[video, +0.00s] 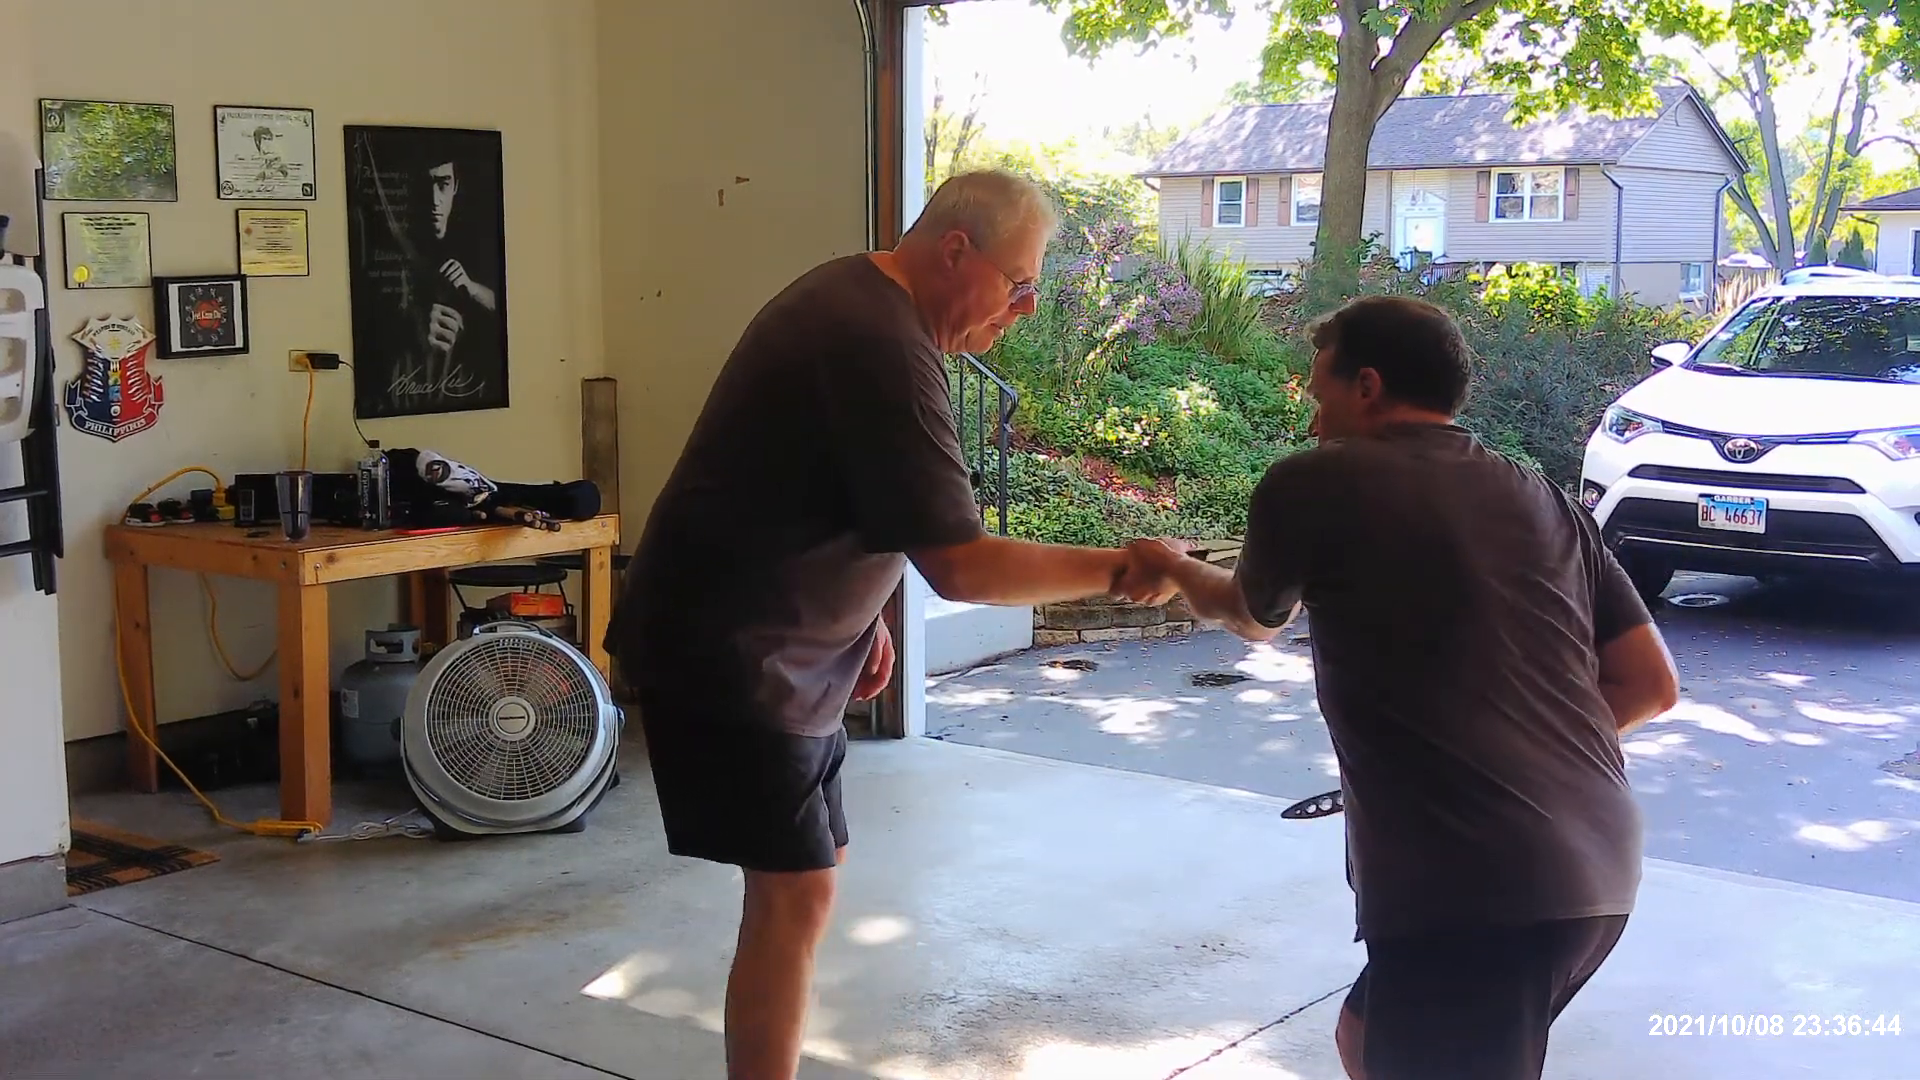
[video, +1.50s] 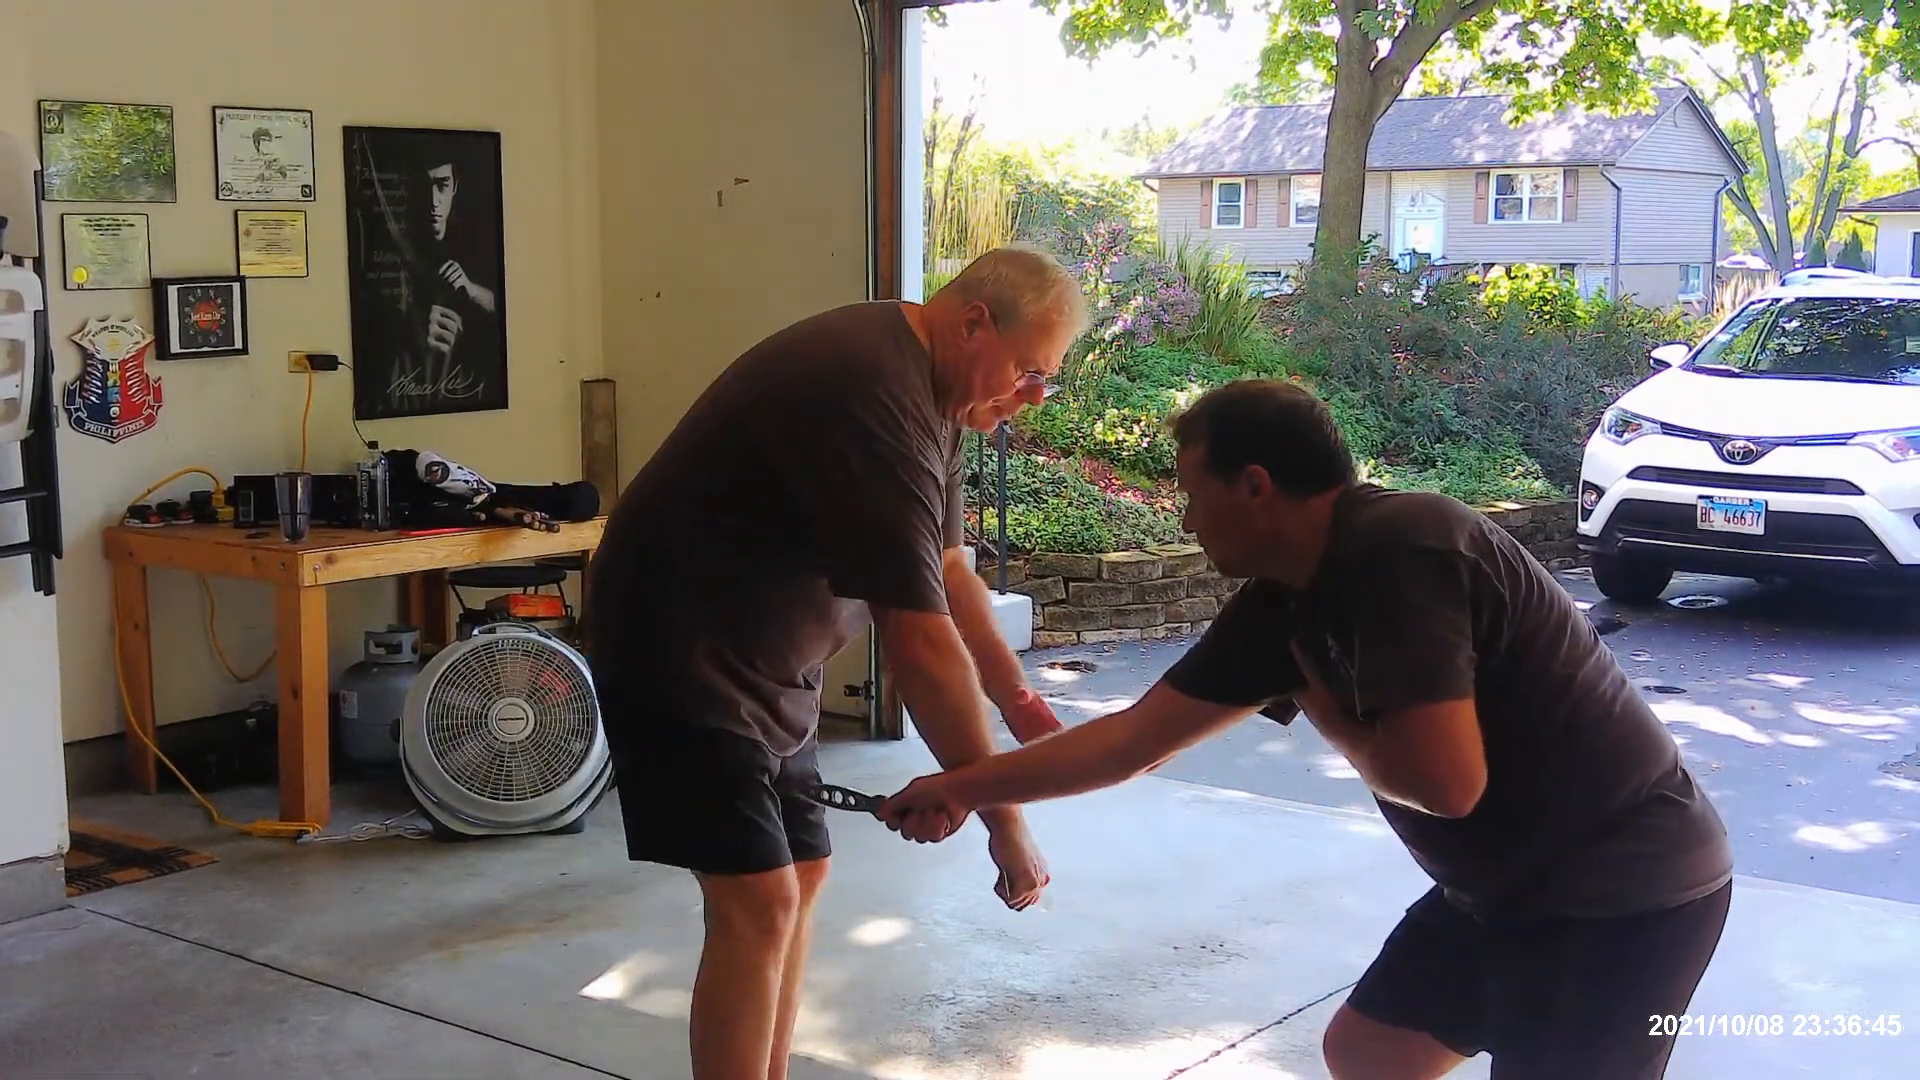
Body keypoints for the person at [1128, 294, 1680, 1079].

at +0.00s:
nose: (1313, 408)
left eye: (1321, 385)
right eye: (1315, 386)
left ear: (1369, 388)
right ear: (1443, 396)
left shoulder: (1312, 482)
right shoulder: (1541, 496)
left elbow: (1254, 611)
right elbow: (1647, 681)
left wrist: (1178, 566)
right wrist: (1514, 754)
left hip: (1472, 883)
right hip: (1603, 869)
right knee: (1367, 1032)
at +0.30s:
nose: (1277, 412)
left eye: (1284, 388)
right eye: (1277, 389)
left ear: (1335, 385)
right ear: (1403, 396)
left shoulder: (1295, 460)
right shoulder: (1447, 477)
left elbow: (1211, 593)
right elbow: (1331, 690)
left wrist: (1146, 539)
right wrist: (1153, 689)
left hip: (1491, 854)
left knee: (1470, 1067)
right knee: (1359, 1035)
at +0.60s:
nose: (1160, 500)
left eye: (1168, 474)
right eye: (1160, 477)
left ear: (1222, 469)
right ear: (1239, 475)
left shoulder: (1311, 502)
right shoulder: (1282, 586)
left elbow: (1309, 687)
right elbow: (1157, 770)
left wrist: (1218, 672)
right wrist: (980, 814)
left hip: (1590, 853)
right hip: (1481, 855)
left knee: (1556, 1064)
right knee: (1357, 1040)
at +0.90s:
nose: (1147, 562)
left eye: (1150, 538)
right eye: (1144, 541)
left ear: (1202, 527)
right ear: (1216, 525)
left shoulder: (1330, 574)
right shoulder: (1257, 621)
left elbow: (1405, 785)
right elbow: (1139, 774)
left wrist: (1299, 768)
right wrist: (966, 812)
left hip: (1622, 873)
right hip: (1497, 873)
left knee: (1559, 1068)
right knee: (1372, 1044)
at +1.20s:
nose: (1169, 537)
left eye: (1174, 513)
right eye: (1167, 516)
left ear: (1231, 505)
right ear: (1240, 503)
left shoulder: (1371, 559)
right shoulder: (1276, 609)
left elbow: (1419, 788)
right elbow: (1142, 753)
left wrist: (1334, 742)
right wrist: (969, 793)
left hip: (1623, 882)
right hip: (1498, 880)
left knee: (1552, 1074)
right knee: (1366, 1048)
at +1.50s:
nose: (1181, 508)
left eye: (1189, 484)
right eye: (1181, 485)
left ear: (1255, 490)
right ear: (1258, 490)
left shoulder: (1400, 550)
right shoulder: (1282, 599)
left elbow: (1451, 783)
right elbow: (1138, 735)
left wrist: (1336, 724)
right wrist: (966, 787)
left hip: (1630, 883)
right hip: (1495, 880)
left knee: (1572, 1069)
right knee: (1366, 1047)